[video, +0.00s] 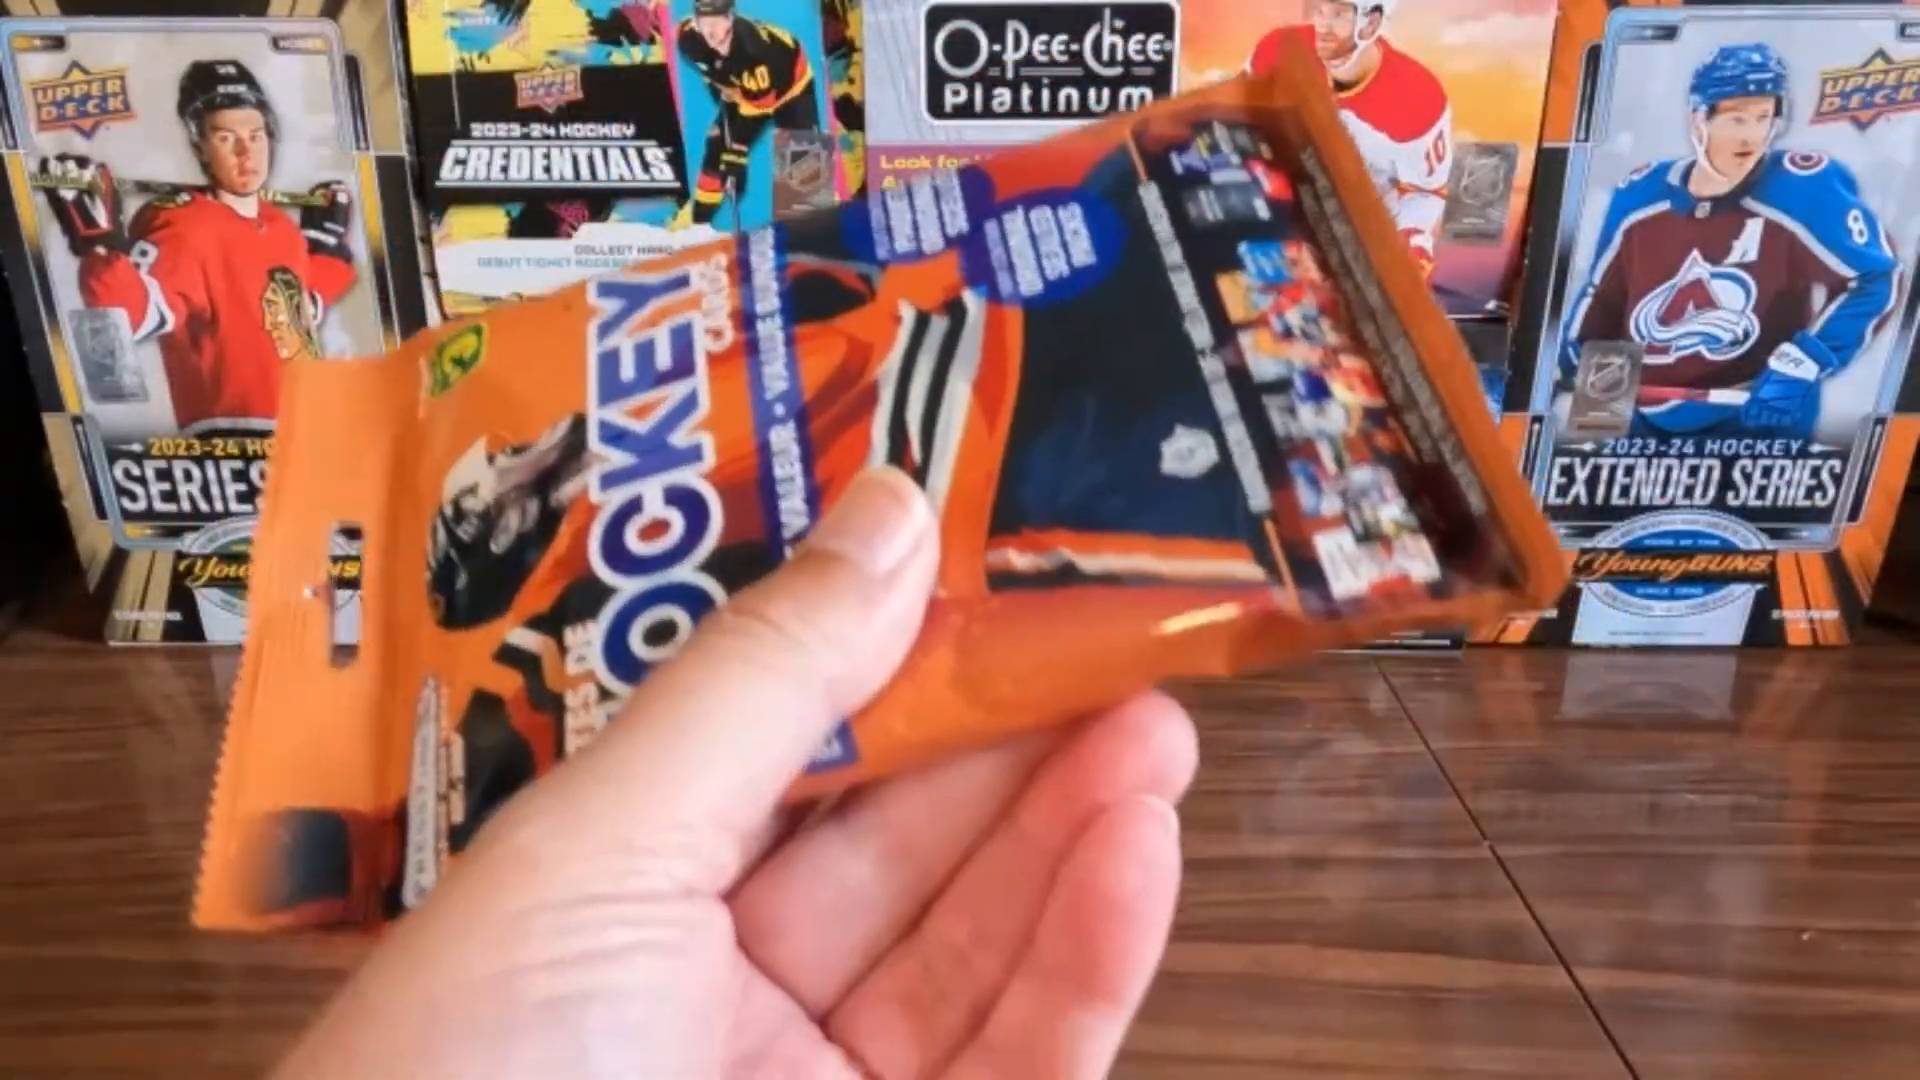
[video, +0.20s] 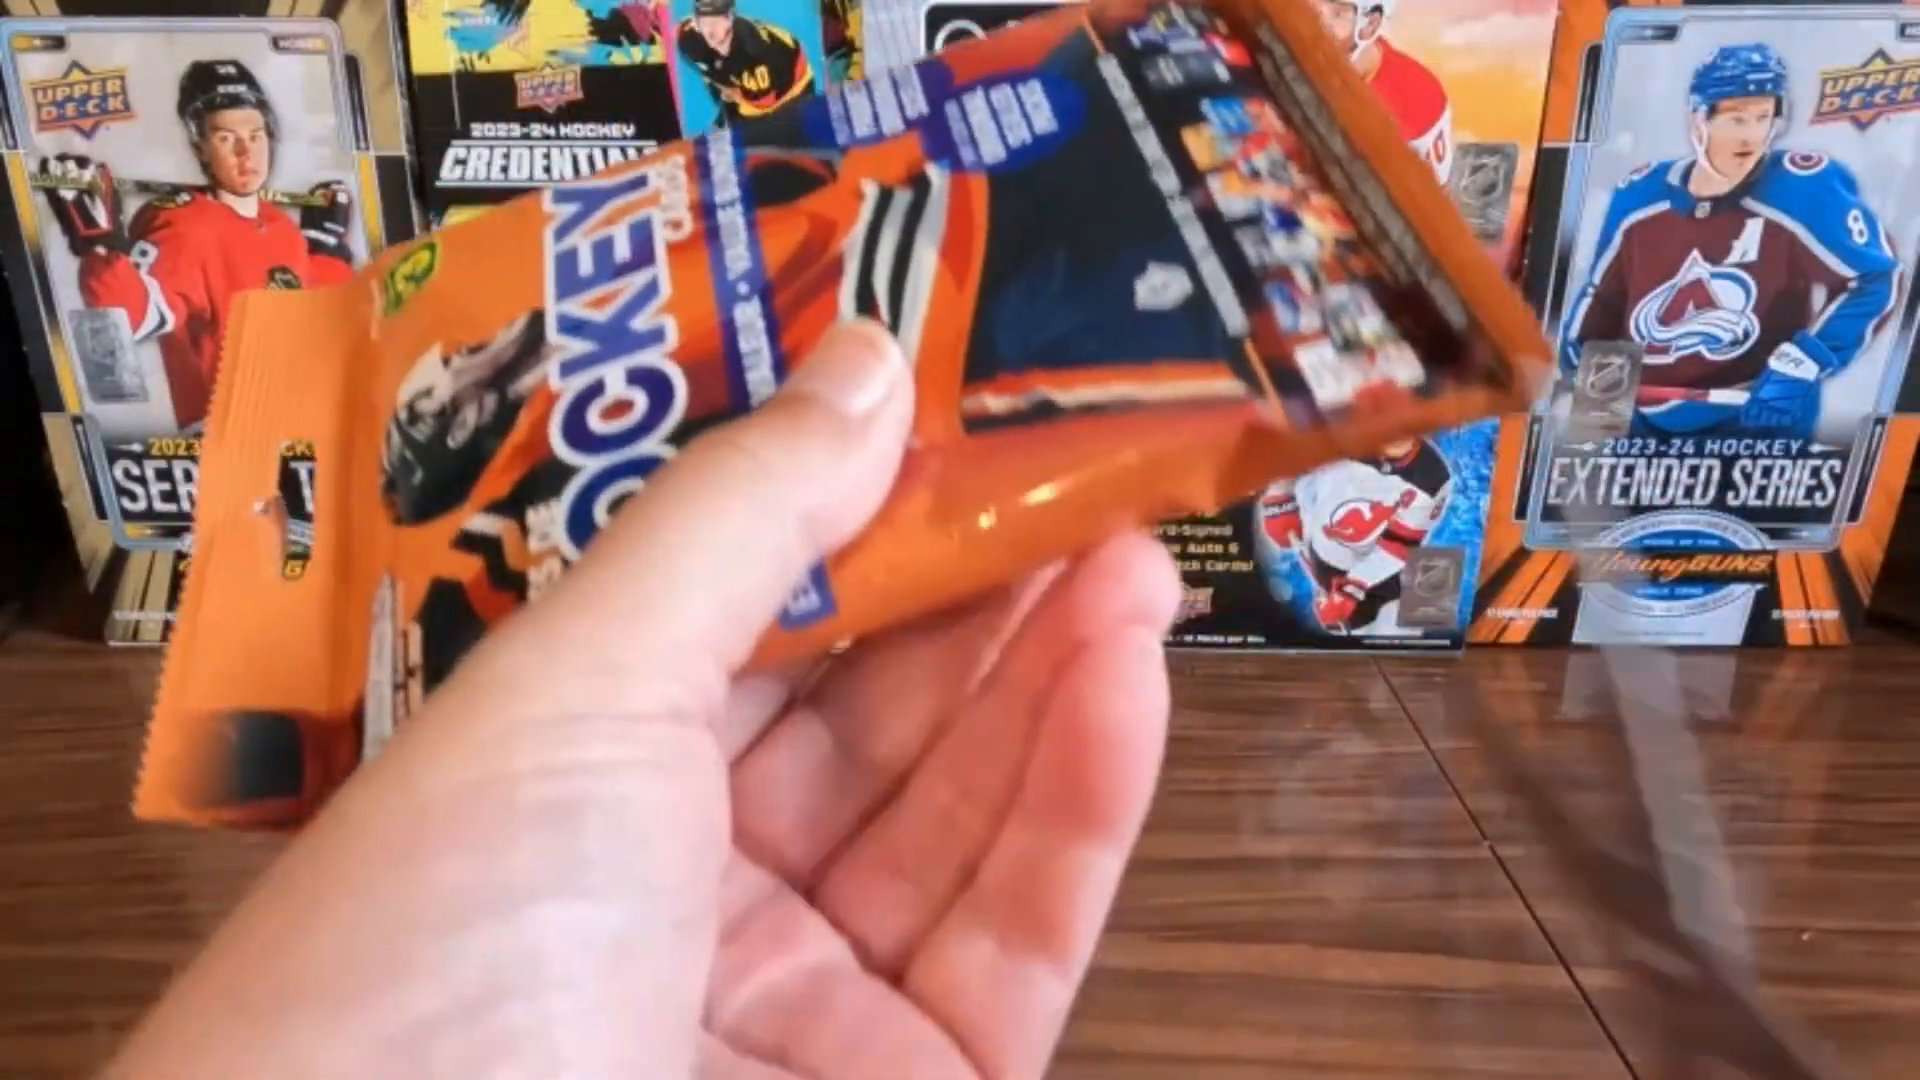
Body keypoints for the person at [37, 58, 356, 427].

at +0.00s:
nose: (246, 150)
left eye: (256, 134)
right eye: (227, 138)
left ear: (270, 139)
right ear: (200, 147)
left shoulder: (280, 225)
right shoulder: (183, 226)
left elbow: (301, 308)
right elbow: (139, 315)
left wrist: (333, 250)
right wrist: (99, 246)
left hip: (308, 424)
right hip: (232, 435)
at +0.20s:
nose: (246, 150)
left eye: (256, 134)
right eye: (226, 138)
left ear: (270, 139)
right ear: (201, 148)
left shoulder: (282, 227)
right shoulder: (183, 226)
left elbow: (326, 317)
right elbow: (139, 315)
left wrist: (330, 249)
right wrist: (99, 246)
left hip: (301, 412)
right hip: (220, 424)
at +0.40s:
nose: (246, 153)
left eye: (256, 136)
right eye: (226, 138)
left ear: (271, 141)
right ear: (200, 148)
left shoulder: (284, 226)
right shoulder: (183, 227)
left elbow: (316, 318)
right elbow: (139, 319)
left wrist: (330, 244)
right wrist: (101, 248)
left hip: (300, 417)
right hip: (217, 421)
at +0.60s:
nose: (246, 154)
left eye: (255, 135)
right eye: (227, 139)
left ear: (269, 138)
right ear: (200, 148)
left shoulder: (296, 215)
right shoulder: (177, 224)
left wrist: (333, 216)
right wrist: (100, 244)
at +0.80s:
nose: (245, 151)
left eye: (255, 135)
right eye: (226, 138)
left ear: (271, 140)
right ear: (200, 148)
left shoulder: (284, 227)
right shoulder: (178, 226)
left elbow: (323, 317)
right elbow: (153, 336)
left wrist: (329, 250)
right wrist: (103, 256)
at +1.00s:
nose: (247, 153)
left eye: (256, 136)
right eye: (228, 139)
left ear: (270, 140)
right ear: (201, 149)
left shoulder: (283, 227)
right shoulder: (177, 226)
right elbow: (137, 326)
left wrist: (329, 237)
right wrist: (101, 251)